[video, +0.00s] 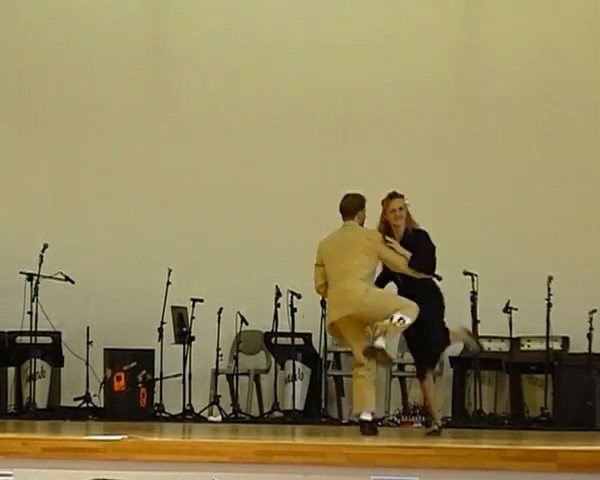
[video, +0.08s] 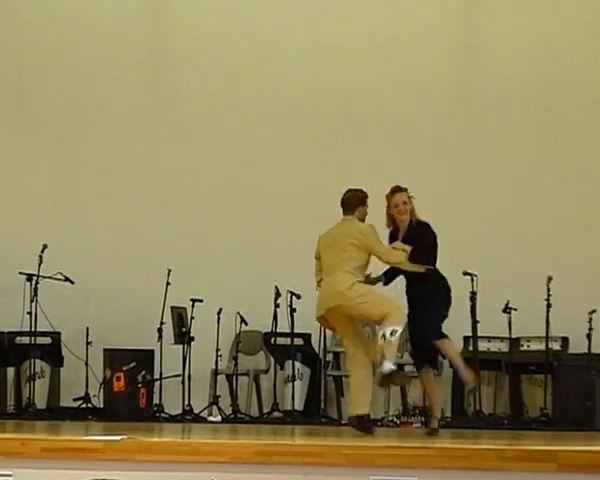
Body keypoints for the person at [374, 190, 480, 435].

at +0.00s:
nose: (398, 214)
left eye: (401, 209)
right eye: (392, 211)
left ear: (407, 210)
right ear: (385, 215)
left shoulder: (420, 236)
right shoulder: (387, 242)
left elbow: (429, 267)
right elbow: (387, 272)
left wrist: (401, 251)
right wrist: (372, 291)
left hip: (428, 294)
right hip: (406, 297)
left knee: (432, 348)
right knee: (421, 361)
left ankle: (459, 335)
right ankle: (435, 420)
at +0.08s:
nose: (402, 209)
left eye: (405, 204)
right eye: (397, 205)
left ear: (411, 204)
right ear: (390, 209)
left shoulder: (423, 229)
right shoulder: (394, 234)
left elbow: (427, 265)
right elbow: (398, 265)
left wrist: (400, 263)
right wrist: (380, 281)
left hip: (434, 286)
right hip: (414, 291)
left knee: (430, 329)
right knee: (420, 355)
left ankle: (463, 372)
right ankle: (434, 413)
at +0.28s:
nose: (411, 213)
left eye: (415, 208)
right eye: (407, 210)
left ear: (424, 209)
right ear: (403, 214)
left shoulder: (432, 233)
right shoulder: (419, 237)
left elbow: (419, 258)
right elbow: (413, 258)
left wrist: (392, 250)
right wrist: (392, 252)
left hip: (450, 295)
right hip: (438, 296)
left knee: (429, 340)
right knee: (435, 359)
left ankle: (419, 392)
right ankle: (444, 421)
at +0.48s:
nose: (411, 222)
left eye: (415, 218)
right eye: (411, 218)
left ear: (427, 217)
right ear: (425, 219)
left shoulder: (429, 241)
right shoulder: (439, 242)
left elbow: (404, 264)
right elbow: (429, 283)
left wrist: (370, 278)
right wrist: (398, 294)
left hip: (451, 308)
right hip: (460, 307)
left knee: (415, 356)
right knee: (428, 361)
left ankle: (435, 416)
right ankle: (438, 416)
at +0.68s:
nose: (410, 227)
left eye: (414, 223)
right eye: (411, 223)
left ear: (427, 224)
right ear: (427, 225)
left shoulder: (424, 246)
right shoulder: (437, 247)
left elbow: (393, 263)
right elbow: (421, 274)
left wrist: (365, 270)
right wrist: (395, 275)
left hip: (463, 307)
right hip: (471, 306)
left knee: (435, 361)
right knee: (438, 362)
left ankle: (439, 422)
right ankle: (439, 421)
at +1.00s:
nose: (368, 203)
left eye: (372, 200)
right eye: (370, 199)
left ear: (381, 204)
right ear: (390, 205)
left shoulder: (369, 226)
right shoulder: (395, 228)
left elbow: (346, 254)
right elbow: (387, 261)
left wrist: (328, 265)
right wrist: (363, 271)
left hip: (388, 292)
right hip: (406, 290)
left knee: (368, 352)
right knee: (410, 351)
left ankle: (357, 413)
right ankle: (438, 406)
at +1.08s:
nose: (350, 203)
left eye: (352, 200)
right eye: (352, 200)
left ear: (357, 203)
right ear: (373, 205)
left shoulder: (344, 225)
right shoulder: (378, 227)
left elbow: (313, 250)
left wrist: (314, 241)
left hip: (359, 294)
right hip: (381, 293)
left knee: (348, 354)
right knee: (385, 352)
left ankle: (346, 417)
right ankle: (419, 392)